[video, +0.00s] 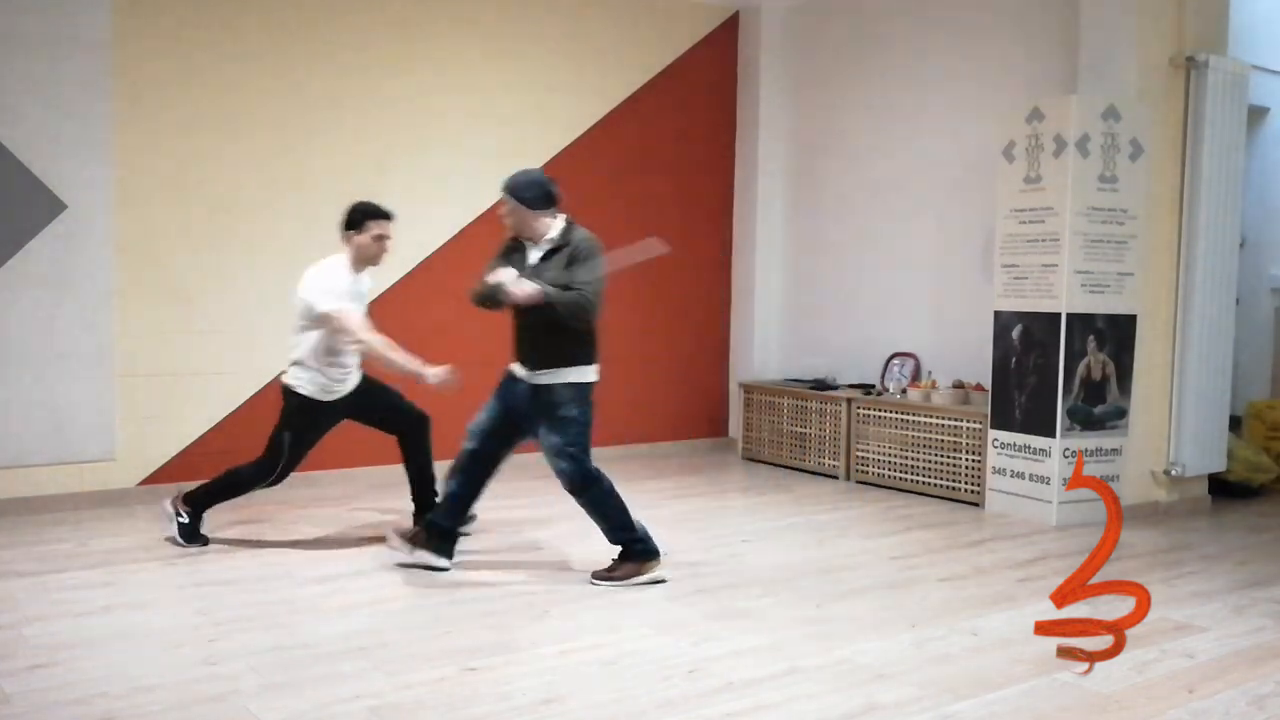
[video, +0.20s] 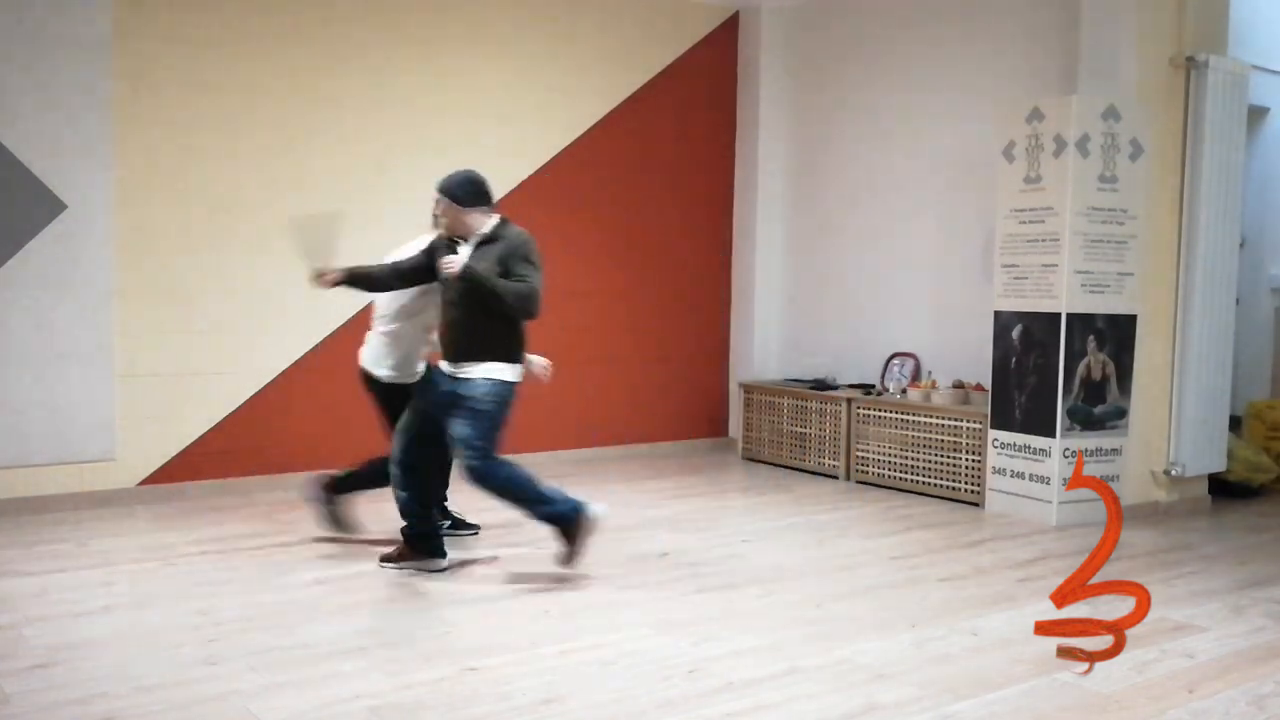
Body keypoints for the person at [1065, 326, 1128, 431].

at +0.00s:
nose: (1088, 345)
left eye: (1091, 342)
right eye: (1088, 342)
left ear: (1098, 344)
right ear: (1087, 344)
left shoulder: (1108, 365)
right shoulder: (1084, 364)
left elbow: (1114, 392)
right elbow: (1076, 390)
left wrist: (1106, 407)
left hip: (1103, 406)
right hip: (1086, 406)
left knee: (1122, 411)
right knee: (1071, 410)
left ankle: (1086, 425)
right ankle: (1099, 425)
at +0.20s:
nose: (1088, 345)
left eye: (1091, 342)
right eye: (1088, 342)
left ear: (1098, 344)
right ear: (1087, 344)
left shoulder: (1108, 365)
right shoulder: (1084, 364)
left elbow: (1114, 392)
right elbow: (1076, 390)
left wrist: (1106, 407)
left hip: (1103, 406)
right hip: (1086, 406)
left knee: (1122, 411)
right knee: (1071, 410)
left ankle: (1086, 425)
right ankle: (1099, 425)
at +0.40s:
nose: (1088, 345)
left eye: (1091, 342)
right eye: (1088, 342)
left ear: (1098, 344)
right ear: (1087, 344)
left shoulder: (1108, 365)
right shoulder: (1084, 364)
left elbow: (1114, 392)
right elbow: (1076, 390)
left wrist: (1106, 407)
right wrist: (1071, 408)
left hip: (1103, 406)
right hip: (1086, 406)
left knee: (1122, 411)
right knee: (1071, 410)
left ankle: (1086, 425)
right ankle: (1099, 425)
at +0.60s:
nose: (1088, 345)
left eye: (1091, 341)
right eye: (1088, 342)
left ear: (1099, 344)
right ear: (1087, 344)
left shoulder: (1108, 365)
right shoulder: (1083, 365)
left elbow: (1114, 391)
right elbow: (1076, 391)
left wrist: (1107, 407)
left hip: (1103, 406)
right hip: (1086, 406)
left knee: (1122, 411)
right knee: (1071, 410)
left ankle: (1086, 425)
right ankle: (1100, 425)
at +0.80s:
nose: (1088, 345)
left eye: (1091, 342)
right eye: (1088, 342)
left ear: (1099, 344)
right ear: (1087, 345)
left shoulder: (1108, 364)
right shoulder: (1084, 365)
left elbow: (1114, 391)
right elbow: (1076, 390)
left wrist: (1107, 407)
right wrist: (1070, 409)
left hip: (1103, 406)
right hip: (1086, 405)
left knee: (1121, 411)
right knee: (1071, 410)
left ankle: (1085, 425)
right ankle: (1100, 425)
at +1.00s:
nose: (1088, 345)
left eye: (1091, 342)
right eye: (1088, 342)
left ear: (1098, 344)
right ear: (1087, 344)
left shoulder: (1108, 364)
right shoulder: (1084, 365)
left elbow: (1114, 391)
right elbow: (1076, 390)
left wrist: (1108, 407)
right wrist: (1070, 409)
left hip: (1103, 406)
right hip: (1086, 406)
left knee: (1121, 411)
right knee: (1071, 410)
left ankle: (1085, 425)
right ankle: (1100, 425)